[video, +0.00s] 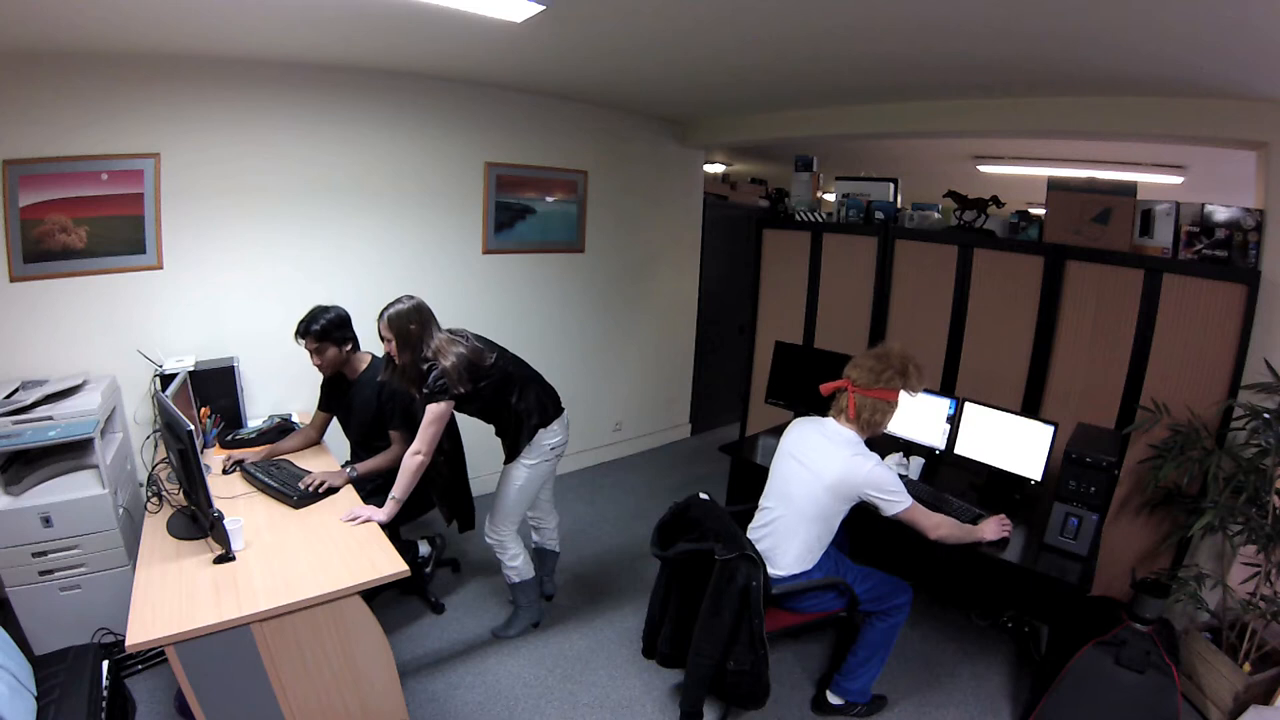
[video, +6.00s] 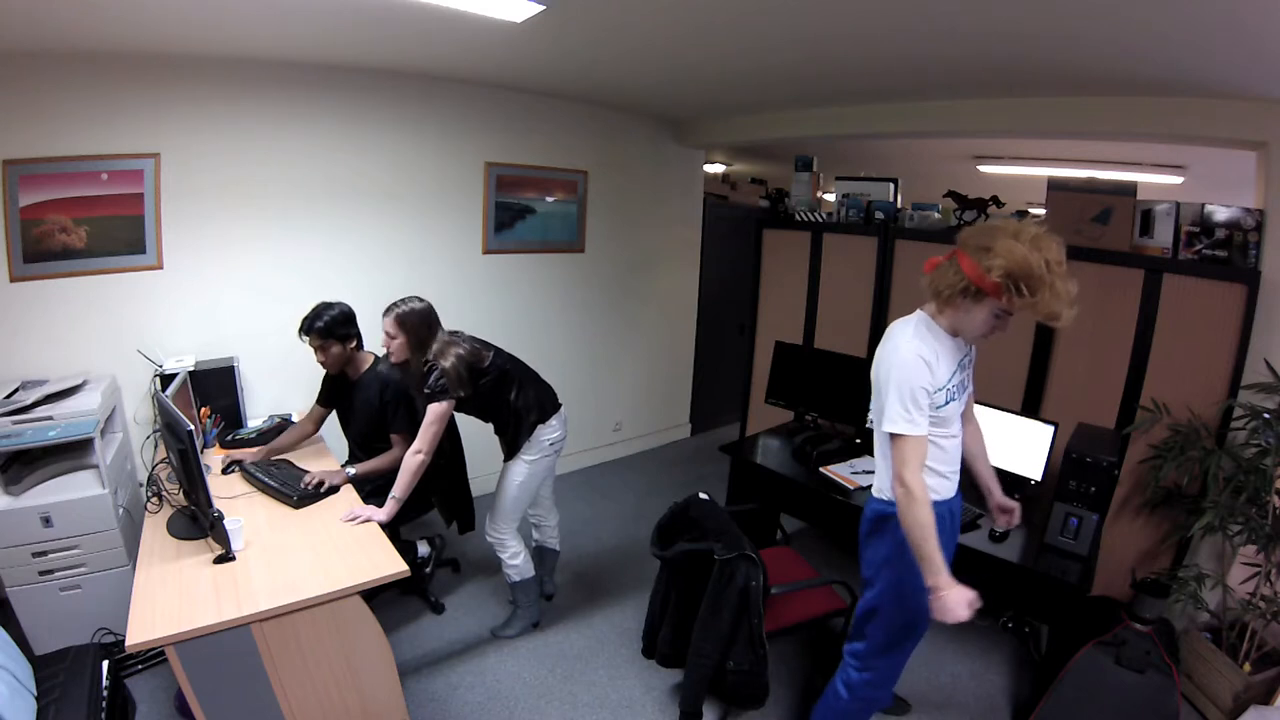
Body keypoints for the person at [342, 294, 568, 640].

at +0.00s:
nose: (386, 349)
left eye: (388, 340)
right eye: (384, 340)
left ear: (410, 337)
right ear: (420, 330)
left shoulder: (443, 369)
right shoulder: (450, 339)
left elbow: (420, 452)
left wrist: (387, 509)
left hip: (538, 434)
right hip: (547, 421)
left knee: (500, 530)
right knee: (541, 506)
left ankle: (528, 607)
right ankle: (546, 580)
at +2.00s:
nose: (386, 349)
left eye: (389, 341)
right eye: (384, 340)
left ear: (411, 338)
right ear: (420, 330)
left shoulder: (443, 369)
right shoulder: (450, 340)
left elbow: (420, 452)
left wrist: (388, 509)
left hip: (538, 433)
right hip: (547, 421)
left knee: (500, 530)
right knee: (541, 507)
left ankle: (528, 608)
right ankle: (546, 580)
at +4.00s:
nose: (386, 345)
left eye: (388, 337)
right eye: (384, 337)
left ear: (411, 336)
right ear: (421, 329)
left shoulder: (443, 369)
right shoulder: (450, 339)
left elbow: (420, 452)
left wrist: (387, 509)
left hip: (537, 432)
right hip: (546, 420)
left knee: (500, 530)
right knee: (541, 508)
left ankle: (528, 607)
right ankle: (546, 581)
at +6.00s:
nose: (385, 344)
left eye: (391, 337)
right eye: (385, 336)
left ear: (415, 337)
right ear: (416, 334)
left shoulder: (442, 371)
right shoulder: (447, 343)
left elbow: (421, 452)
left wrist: (387, 509)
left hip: (537, 432)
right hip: (544, 420)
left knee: (500, 528)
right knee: (542, 505)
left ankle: (527, 609)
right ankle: (545, 581)